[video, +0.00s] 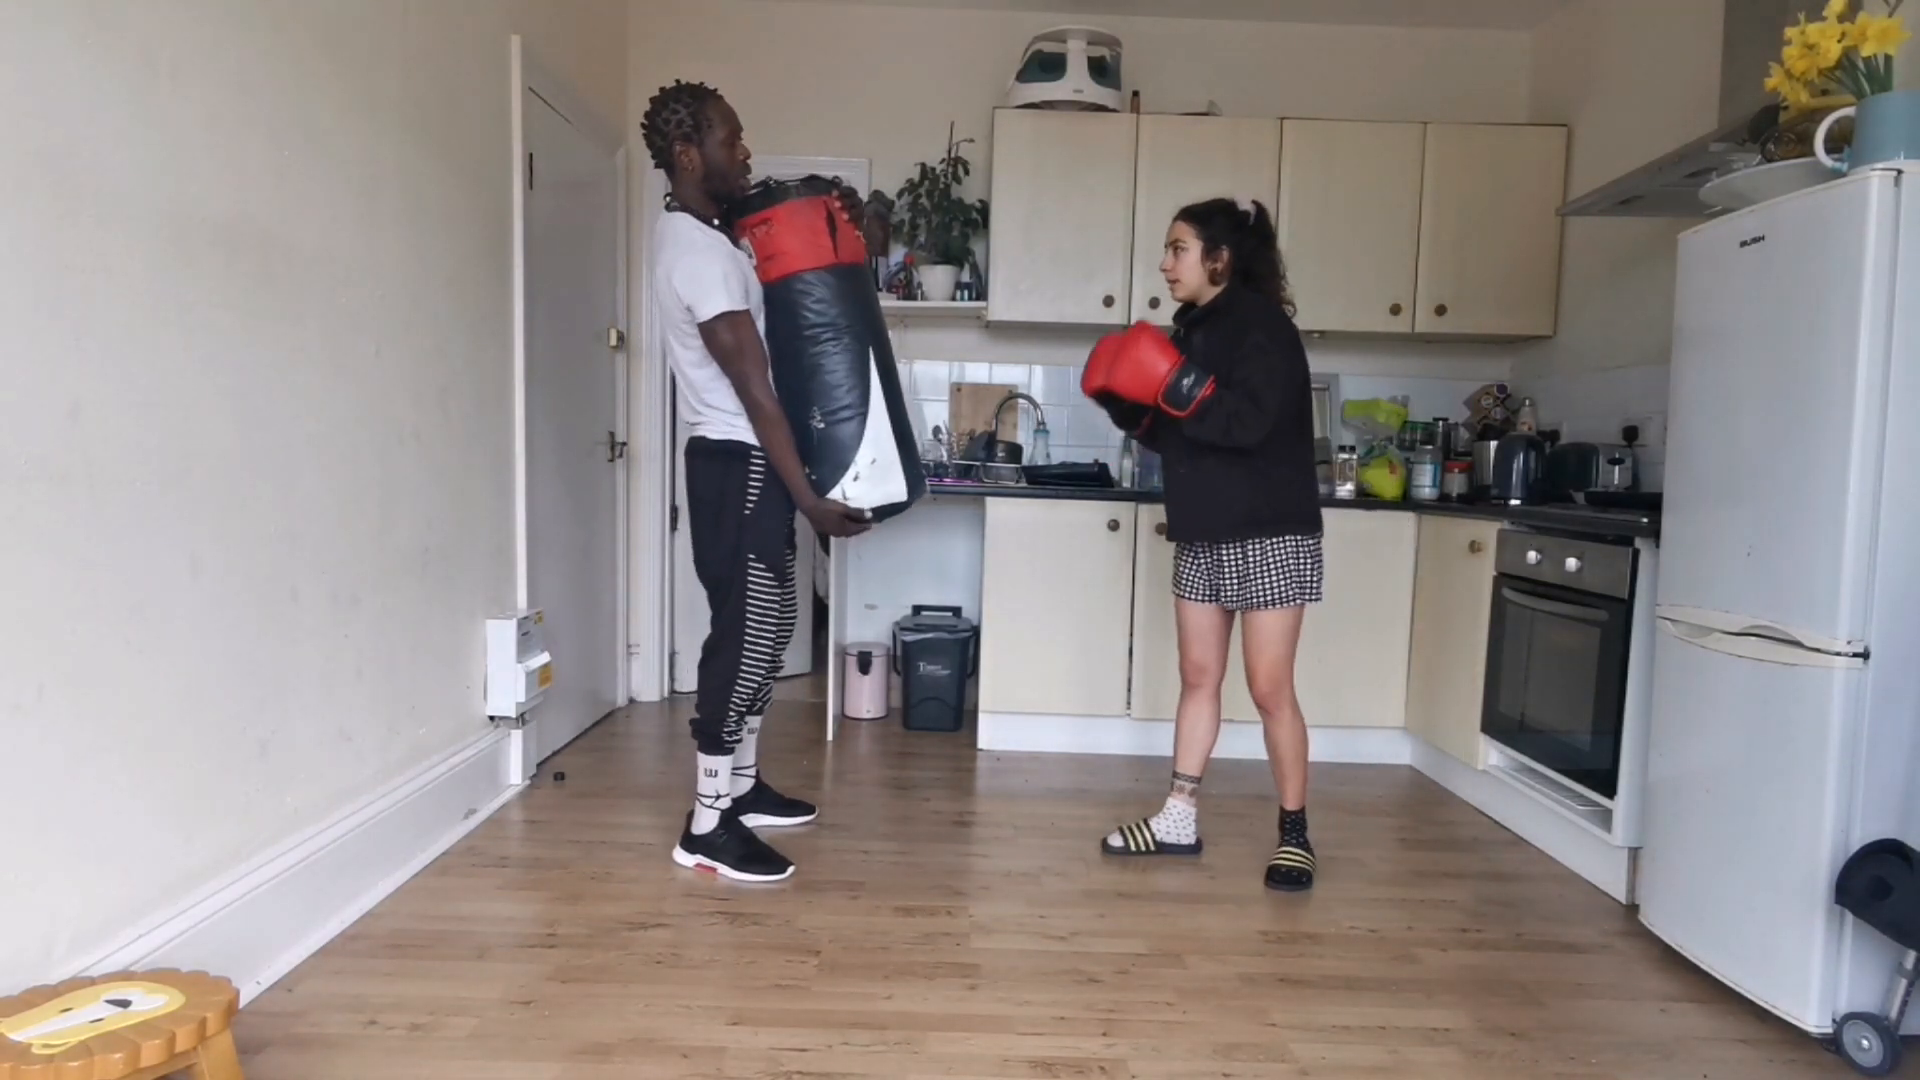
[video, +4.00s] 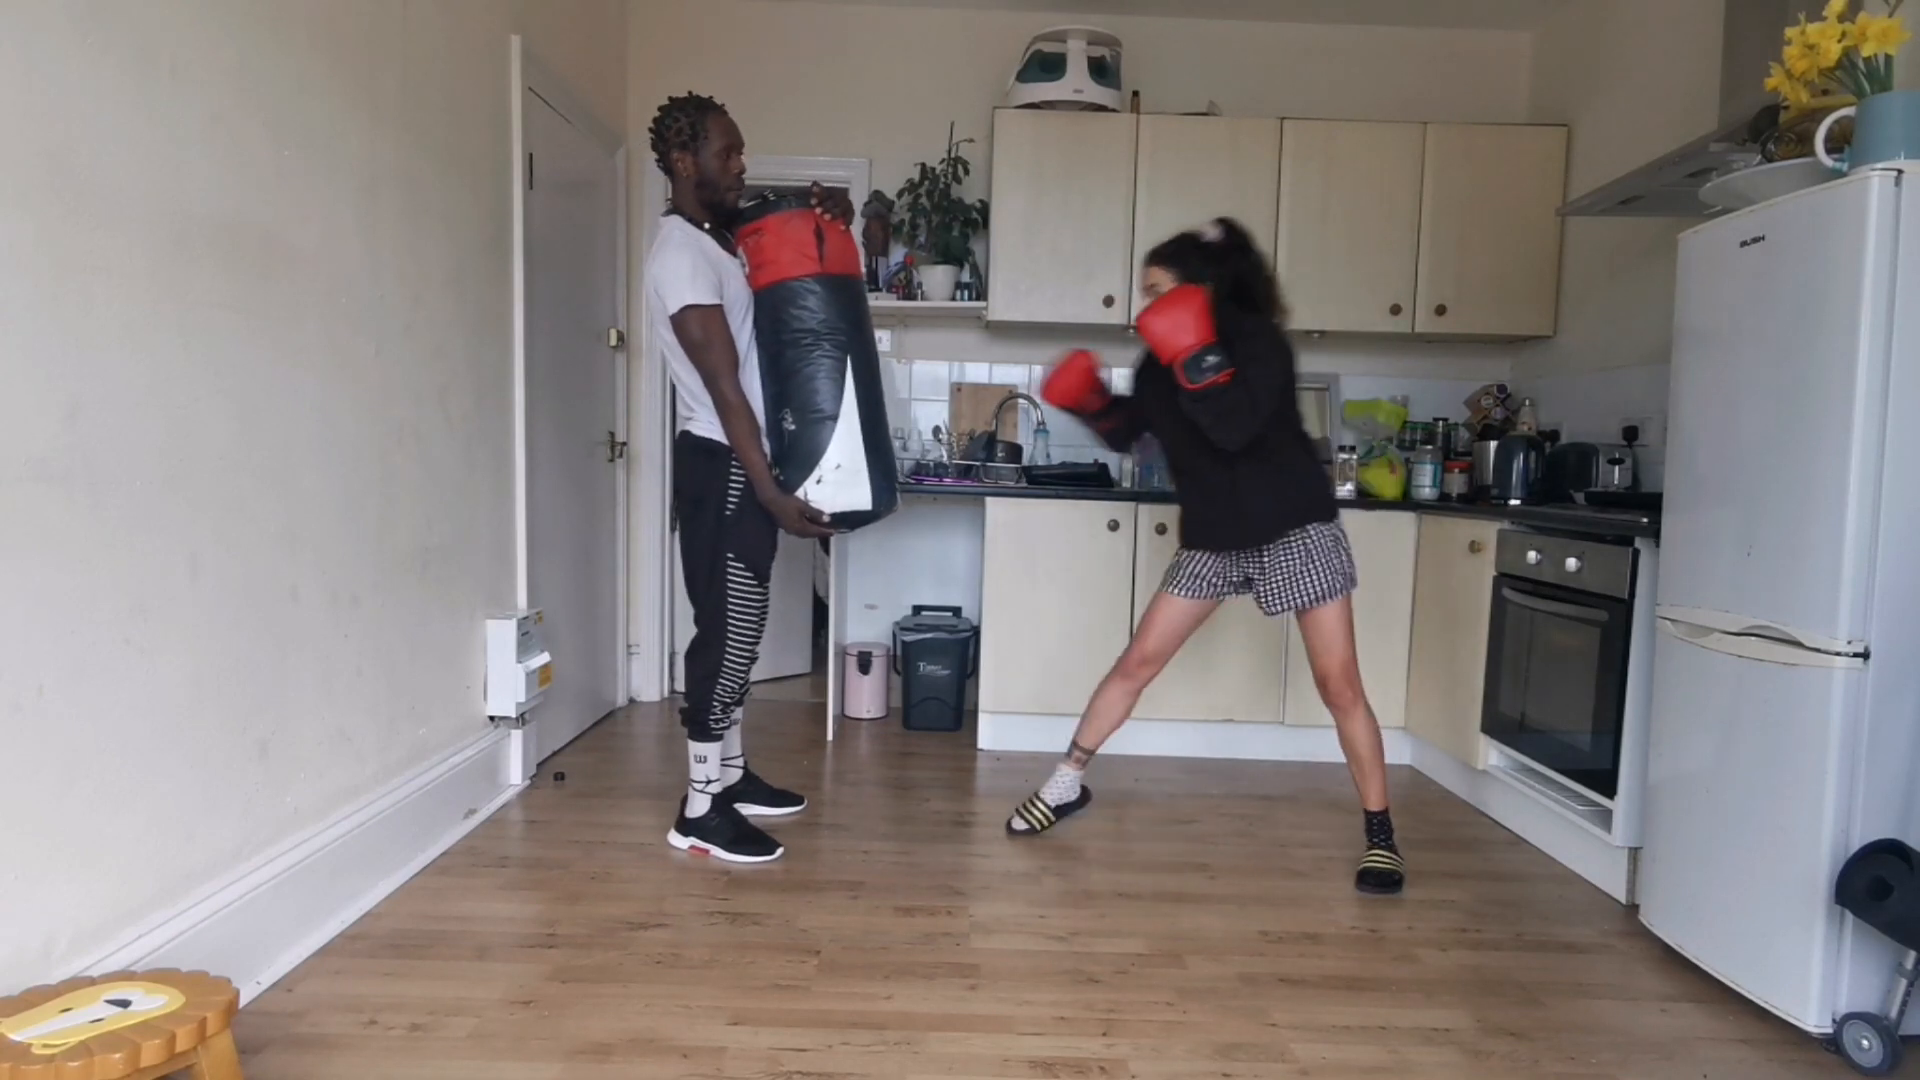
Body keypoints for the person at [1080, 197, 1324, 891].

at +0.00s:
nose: (1166, 262)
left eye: (1178, 250)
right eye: (1167, 249)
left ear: (1219, 258)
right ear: (1198, 260)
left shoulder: (1265, 325)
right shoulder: (1185, 335)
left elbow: (1251, 424)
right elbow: (1172, 436)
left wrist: (1176, 385)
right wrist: (1116, 392)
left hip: (1273, 525)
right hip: (1201, 526)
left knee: (1270, 689)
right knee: (1197, 676)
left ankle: (1293, 832)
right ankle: (1178, 817)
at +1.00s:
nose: (1143, 270)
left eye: (1153, 258)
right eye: (1139, 259)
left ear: (1197, 259)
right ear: (1156, 265)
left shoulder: (1242, 320)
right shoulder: (1162, 326)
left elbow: (1191, 410)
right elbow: (1127, 422)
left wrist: (1159, 332)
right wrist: (1111, 342)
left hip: (1257, 518)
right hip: (1180, 520)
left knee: (1272, 686)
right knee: (1158, 668)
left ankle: (1304, 834)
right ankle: (1146, 810)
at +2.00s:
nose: (1240, 258)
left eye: (1253, 244)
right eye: (1239, 245)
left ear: (1293, 252)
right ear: (1245, 259)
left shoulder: (1325, 317)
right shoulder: (1236, 318)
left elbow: (1251, 380)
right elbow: (1172, 386)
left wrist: (1246, 305)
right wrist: (1188, 301)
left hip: (1292, 517)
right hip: (1214, 514)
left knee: (1296, 687)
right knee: (1185, 677)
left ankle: (1307, 835)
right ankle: (1147, 810)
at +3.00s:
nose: (1159, 283)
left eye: (1170, 270)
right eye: (1155, 273)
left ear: (1212, 264)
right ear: (1164, 275)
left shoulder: (1264, 318)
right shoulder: (1177, 328)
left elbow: (1217, 401)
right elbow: (1131, 408)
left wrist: (1183, 328)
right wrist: (1124, 329)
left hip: (1279, 519)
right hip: (1201, 521)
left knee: (1300, 686)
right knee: (1165, 668)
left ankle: (1329, 828)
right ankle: (1146, 810)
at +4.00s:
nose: (1148, 307)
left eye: (1159, 292)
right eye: (1146, 295)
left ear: (1200, 288)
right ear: (1158, 299)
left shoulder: (1260, 345)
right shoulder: (1162, 361)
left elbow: (1237, 429)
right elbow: (1130, 434)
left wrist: (1195, 354)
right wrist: (1090, 403)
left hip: (1297, 526)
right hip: (1214, 535)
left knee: (1341, 687)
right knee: (1137, 663)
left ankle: (1380, 834)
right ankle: (1065, 780)